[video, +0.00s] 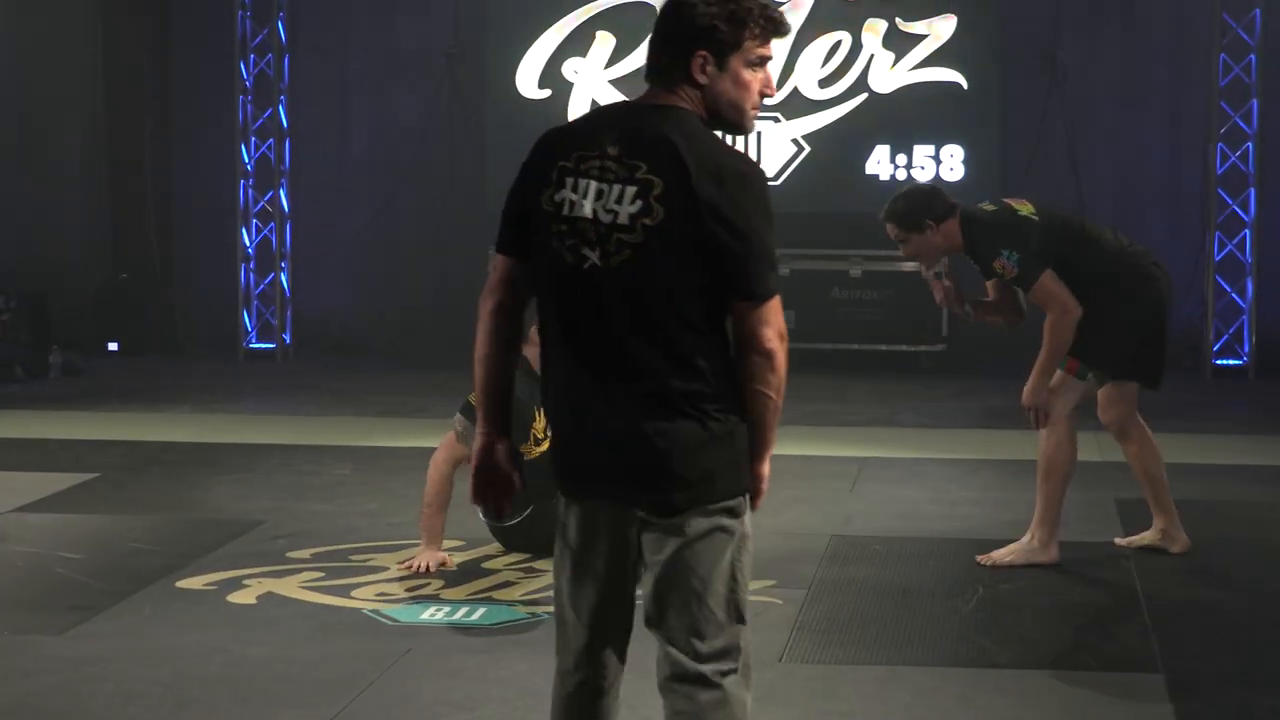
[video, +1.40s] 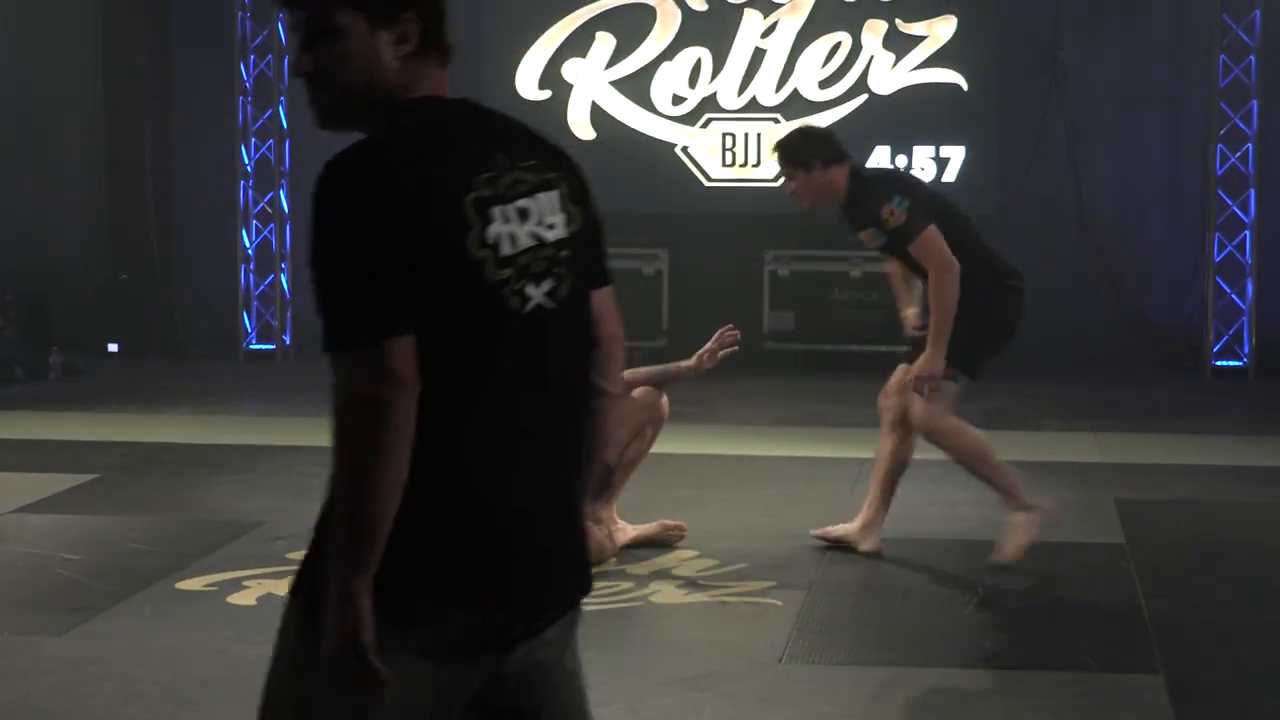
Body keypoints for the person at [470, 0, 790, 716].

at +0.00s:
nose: (766, 84)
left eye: (768, 66)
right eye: (756, 65)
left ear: (670, 67)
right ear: (702, 66)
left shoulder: (556, 150)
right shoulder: (728, 177)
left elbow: (502, 298)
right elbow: (762, 338)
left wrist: (492, 430)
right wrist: (760, 452)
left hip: (583, 442)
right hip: (694, 449)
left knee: (584, 664)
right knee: (703, 671)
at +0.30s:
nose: (790, 62)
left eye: (789, 42)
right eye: (780, 40)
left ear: (671, 43)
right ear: (727, 44)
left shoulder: (564, 137)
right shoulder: (760, 162)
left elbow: (537, 316)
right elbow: (807, 337)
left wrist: (603, 391)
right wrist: (833, 465)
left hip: (592, 460)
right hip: (714, 467)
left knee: (591, 684)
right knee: (718, 698)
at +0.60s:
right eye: (693, 51)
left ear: (594, 49)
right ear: (689, 63)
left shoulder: (505, 165)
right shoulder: (722, 176)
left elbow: (491, 348)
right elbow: (771, 358)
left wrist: (572, 403)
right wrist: (830, 512)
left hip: (556, 504)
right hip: (688, 506)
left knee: (581, 710)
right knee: (718, 707)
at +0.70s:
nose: (542, 53)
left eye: (547, 36)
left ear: (556, 43)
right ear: (659, 50)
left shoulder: (479, 173)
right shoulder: (712, 172)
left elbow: (456, 364)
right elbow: (761, 359)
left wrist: (506, 476)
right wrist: (805, 511)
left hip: (536, 512)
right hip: (673, 513)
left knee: (563, 710)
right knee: (698, 709)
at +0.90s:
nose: (464, 47)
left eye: (478, 21)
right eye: (469, 24)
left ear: (531, 21)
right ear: (601, 34)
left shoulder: (455, 153)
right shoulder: (695, 147)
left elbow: (409, 354)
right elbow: (745, 338)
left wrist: (401, 508)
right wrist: (745, 488)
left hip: (518, 501)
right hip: (655, 500)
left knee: (541, 704)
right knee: (671, 706)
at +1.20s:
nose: (399, 38)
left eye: (419, 14)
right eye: (403, 17)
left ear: (494, 16)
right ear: (502, 21)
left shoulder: (441, 144)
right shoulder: (632, 145)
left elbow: (428, 346)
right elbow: (687, 328)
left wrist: (370, 529)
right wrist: (663, 477)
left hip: (467, 529)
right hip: (604, 523)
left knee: (431, 705)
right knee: (592, 708)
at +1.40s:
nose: (300, 64)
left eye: (322, 37)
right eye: (300, 43)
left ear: (401, 34)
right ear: (408, 36)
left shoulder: (358, 181)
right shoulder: (542, 155)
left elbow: (383, 388)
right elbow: (605, 355)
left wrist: (349, 583)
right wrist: (578, 502)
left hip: (404, 575)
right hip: (539, 556)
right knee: (541, 706)